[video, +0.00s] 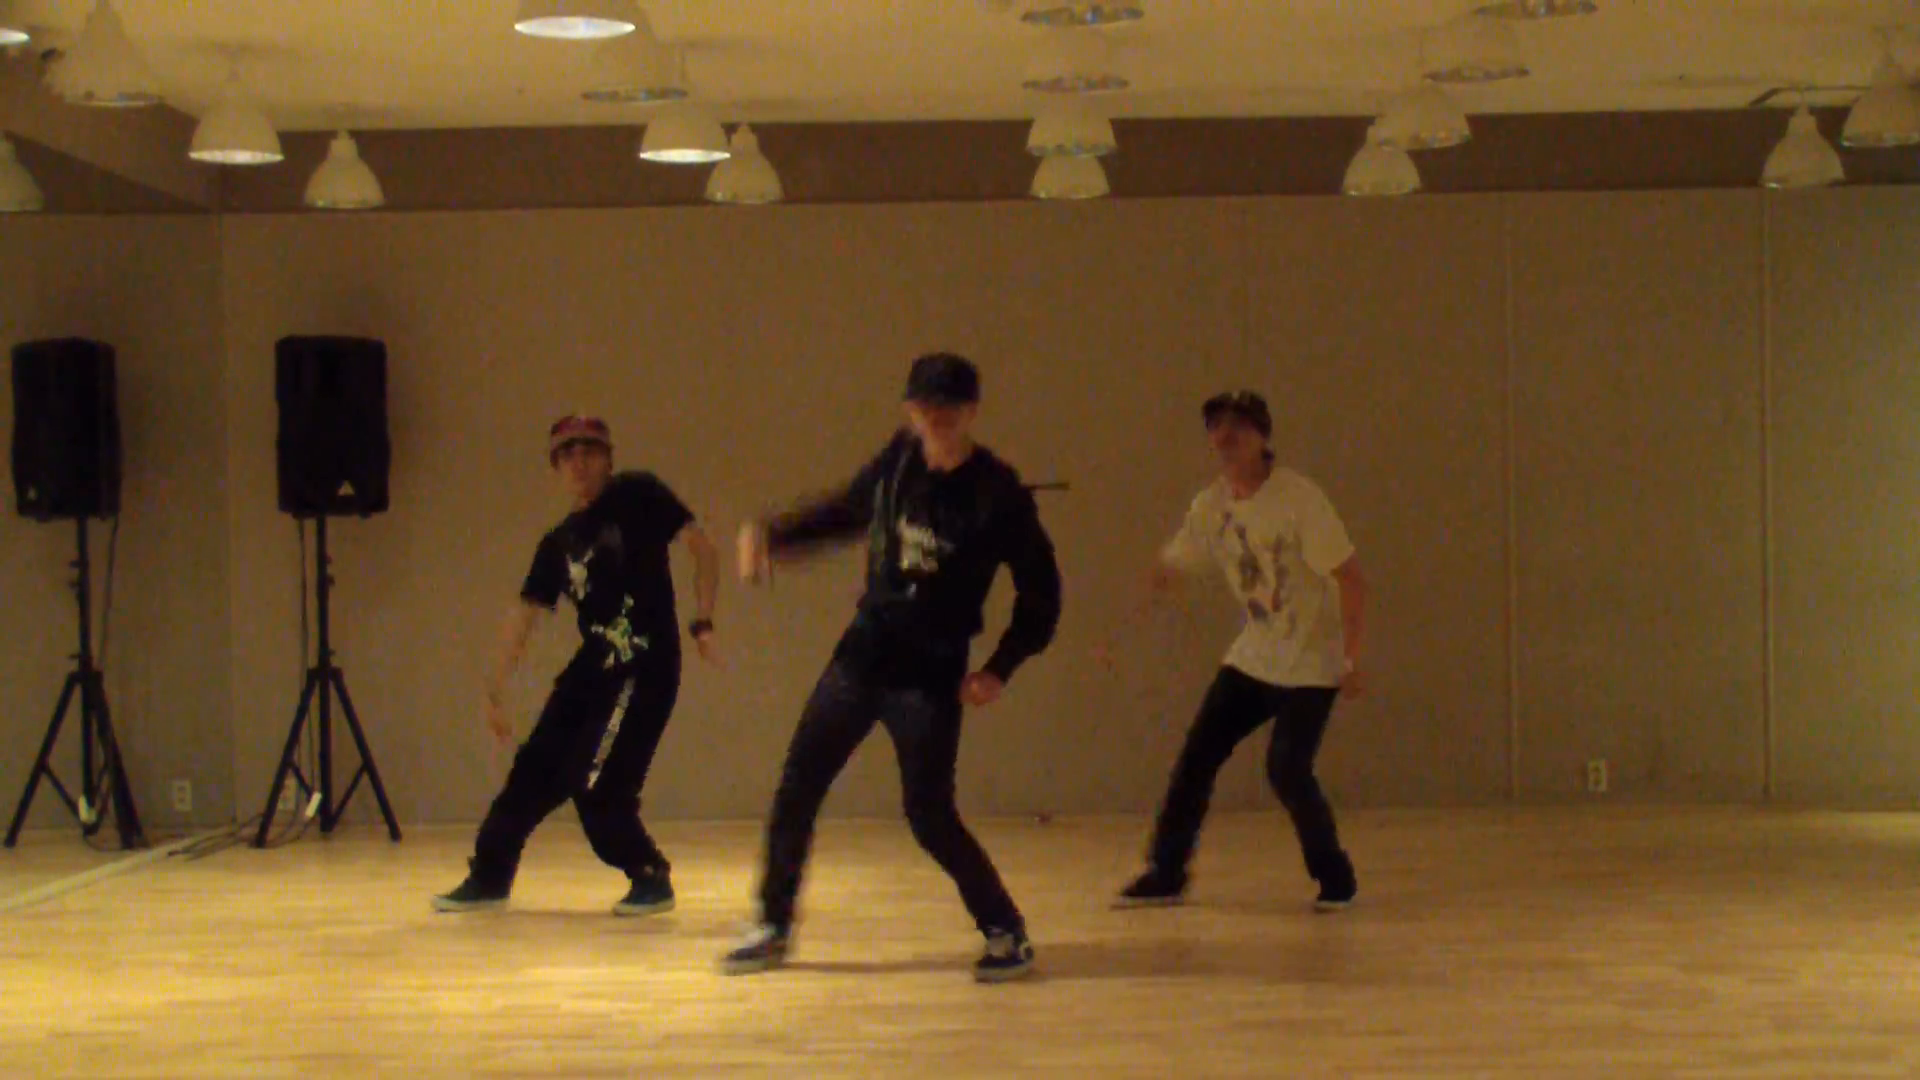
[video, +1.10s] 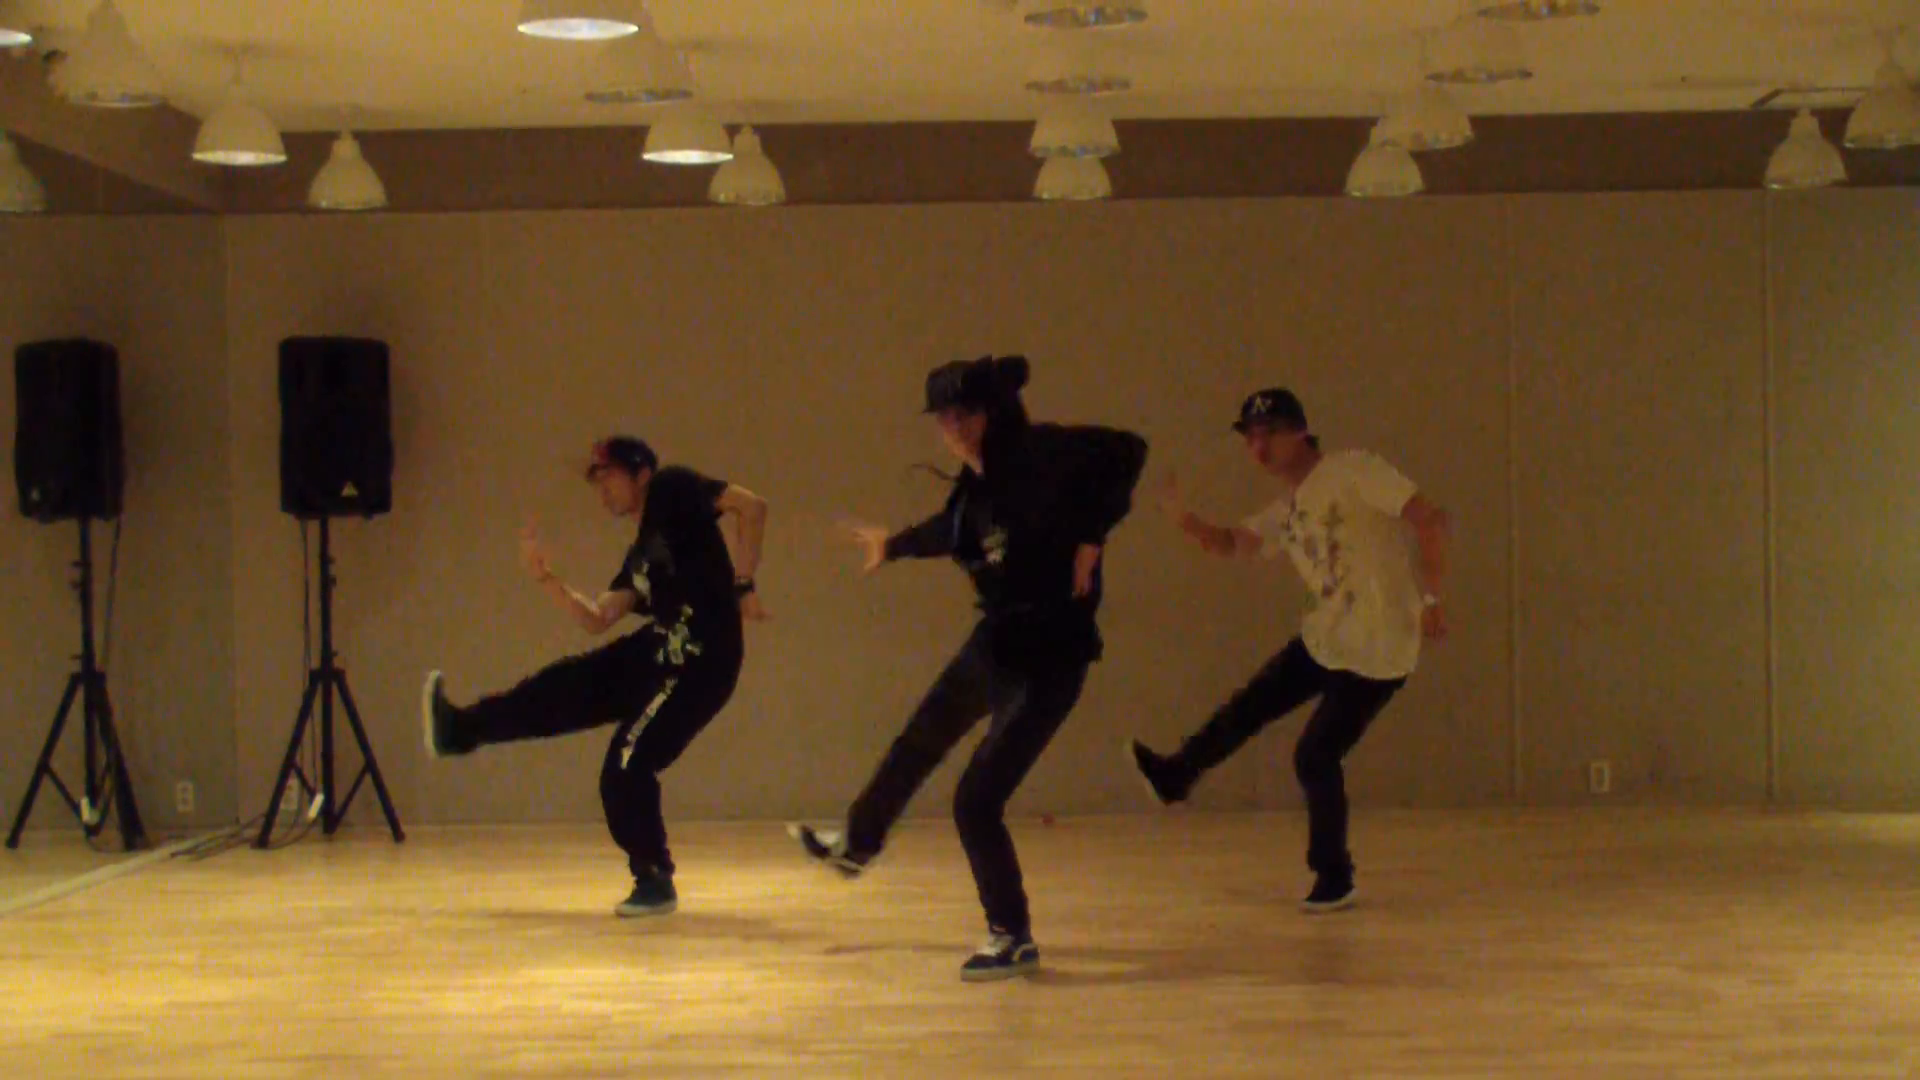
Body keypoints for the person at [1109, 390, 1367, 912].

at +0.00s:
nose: (1224, 444)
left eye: (1236, 434)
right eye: (1217, 435)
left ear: (1262, 438)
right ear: (1209, 442)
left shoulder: (1301, 499)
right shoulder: (1212, 503)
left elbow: (1350, 577)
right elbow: (1177, 567)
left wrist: (1351, 657)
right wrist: (1158, 580)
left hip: (1313, 661)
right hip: (1254, 654)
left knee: (1288, 768)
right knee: (1198, 756)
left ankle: (1336, 879)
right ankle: (1166, 871)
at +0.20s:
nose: (1259, 392)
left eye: (1271, 383)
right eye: (1250, 383)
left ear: (1291, 395)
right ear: (1234, 392)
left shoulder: (1307, 457)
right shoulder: (1224, 450)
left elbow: (1344, 542)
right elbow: (1204, 366)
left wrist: (1346, 621)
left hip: (1310, 633)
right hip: (1259, 632)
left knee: (1311, 756)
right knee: (1281, 762)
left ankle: (1340, 871)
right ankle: (1321, 865)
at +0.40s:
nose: (1281, 383)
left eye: (1293, 373)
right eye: (1271, 375)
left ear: (1316, 386)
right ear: (1261, 389)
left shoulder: (1337, 451)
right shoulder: (1255, 446)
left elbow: (1366, 538)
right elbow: (1199, 408)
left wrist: (1342, 606)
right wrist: (1195, 342)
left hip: (1298, 623)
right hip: (1247, 619)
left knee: (1299, 750)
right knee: (1275, 751)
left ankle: (1339, 868)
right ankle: (1319, 863)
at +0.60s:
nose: (1268, 421)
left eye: (1276, 409)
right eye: (1261, 412)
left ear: (1304, 407)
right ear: (1262, 415)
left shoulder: (1344, 465)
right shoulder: (1277, 470)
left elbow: (1389, 548)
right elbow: (1246, 542)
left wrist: (1354, 614)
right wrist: (1234, 482)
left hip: (1306, 637)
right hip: (1260, 633)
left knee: (1290, 756)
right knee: (1266, 758)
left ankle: (1338, 869)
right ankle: (1321, 865)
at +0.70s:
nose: (1241, 423)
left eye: (1250, 410)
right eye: (1234, 412)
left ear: (1279, 409)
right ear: (1232, 417)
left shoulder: (1331, 466)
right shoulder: (1260, 478)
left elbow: (1389, 539)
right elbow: (1276, 565)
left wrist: (1368, 612)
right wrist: (1236, 548)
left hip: (1336, 628)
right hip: (1286, 619)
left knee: (1295, 745)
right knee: (1228, 703)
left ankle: (1341, 865)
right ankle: (1288, 799)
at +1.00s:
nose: (1247, 457)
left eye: (1256, 443)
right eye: (1240, 447)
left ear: (1287, 441)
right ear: (1239, 451)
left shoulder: (1334, 487)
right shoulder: (1284, 502)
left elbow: (1398, 537)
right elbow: (1265, 577)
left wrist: (1405, 623)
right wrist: (1258, 565)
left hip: (1364, 653)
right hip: (1317, 630)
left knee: (1303, 754)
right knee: (1226, 664)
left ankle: (1331, 874)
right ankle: (1208, 764)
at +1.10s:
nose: (1256, 449)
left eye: (1265, 435)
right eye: (1250, 439)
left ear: (1296, 433)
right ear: (1250, 444)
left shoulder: (1353, 471)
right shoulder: (1290, 510)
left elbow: (1428, 519)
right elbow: (1235, 543)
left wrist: (1433, 598)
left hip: (1381, 649)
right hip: (1328, 637)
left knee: (1317, 755)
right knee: (1251, 706)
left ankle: (1333, 876)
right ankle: (1178, 774)